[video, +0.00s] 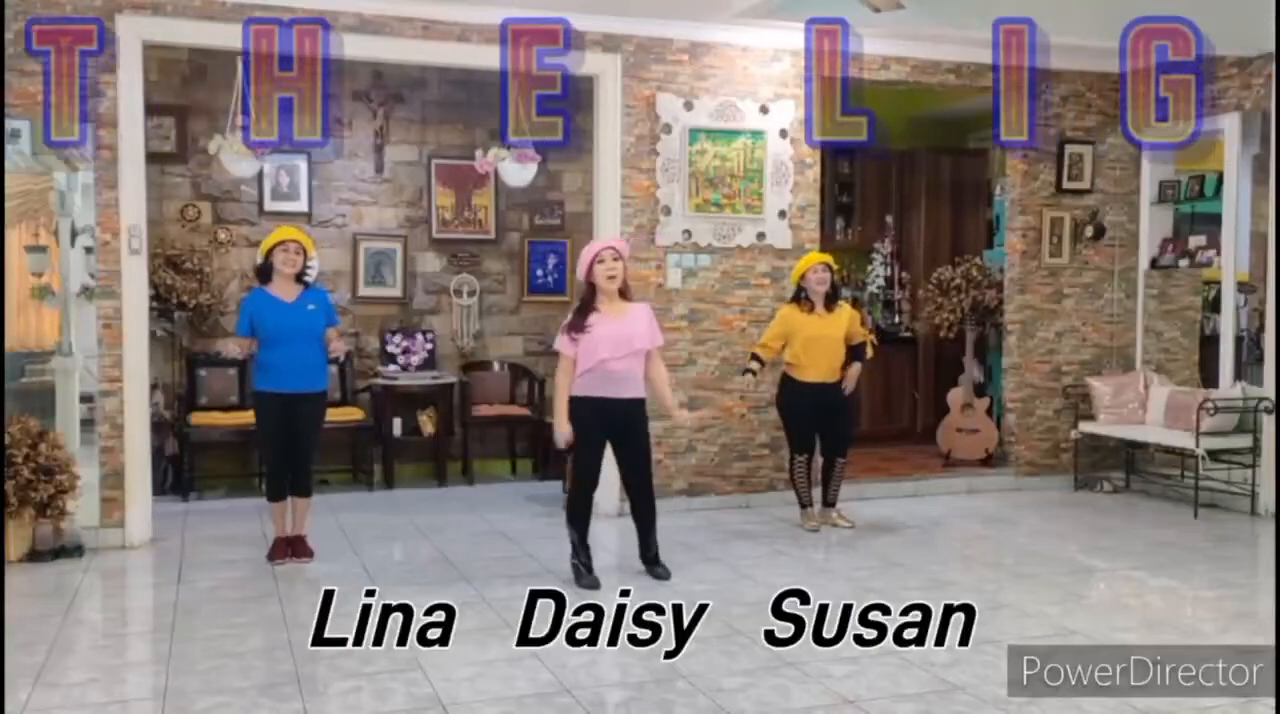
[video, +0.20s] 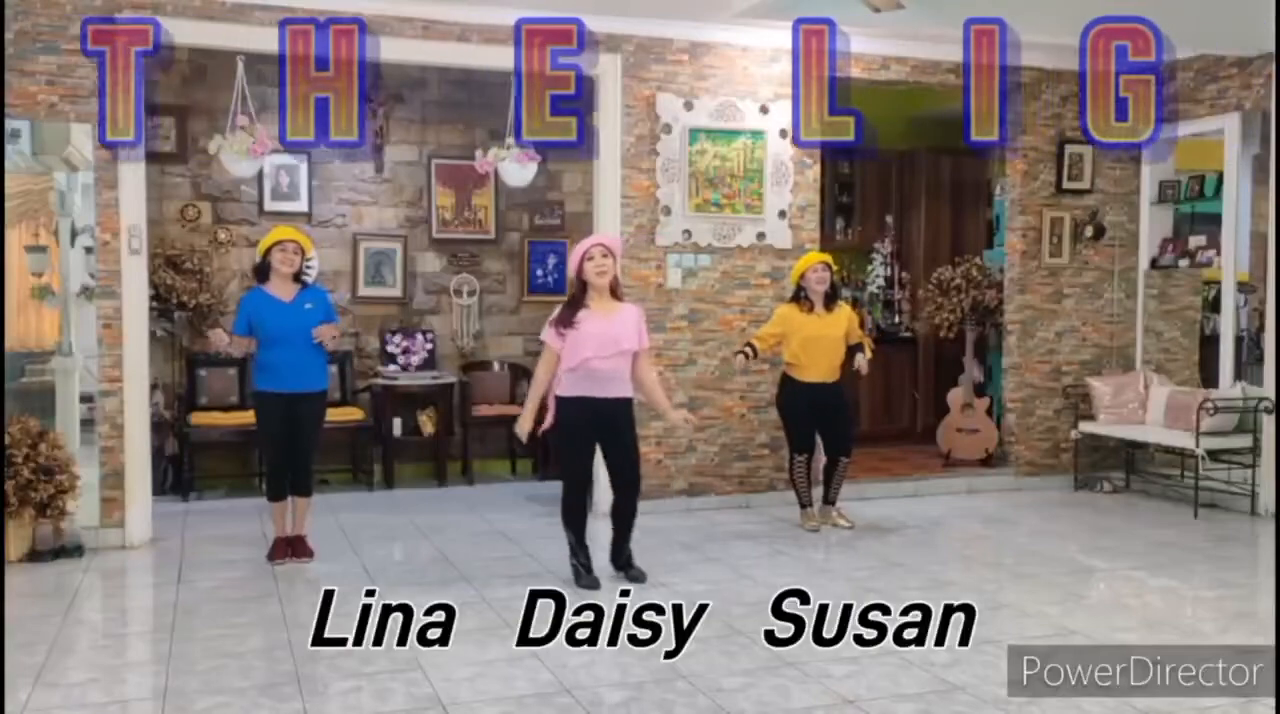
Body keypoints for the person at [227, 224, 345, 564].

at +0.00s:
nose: (291, 257)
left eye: (297, 252)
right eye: (284, 251)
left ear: (304, 261)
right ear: (271, 257)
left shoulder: (318, 297)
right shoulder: (254, 300)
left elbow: (333, 337)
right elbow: (248, 343)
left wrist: (337, 345)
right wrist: (236, 346)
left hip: (311, 390)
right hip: (270, 391)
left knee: (302, 461)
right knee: (275, 462)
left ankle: (298, 535)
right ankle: (280, 536)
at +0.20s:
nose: (288, 256)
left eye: (294, 252)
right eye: (282, 250)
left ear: (302, 260)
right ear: (268, 257)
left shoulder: (318, 297)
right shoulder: (252, 300)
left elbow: (336, 338)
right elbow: (245, 345)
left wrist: (331, 334)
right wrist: (227, 342)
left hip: (311, 391)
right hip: (270, 391)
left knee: (303, 461)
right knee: (275, 462)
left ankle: (299, 535)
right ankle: (281, 537)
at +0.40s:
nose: (286, 257)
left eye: (292, 252)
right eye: (279, 251)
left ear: (301, 260)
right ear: (266, 258)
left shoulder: (316, 296)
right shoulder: (251, 301)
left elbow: (334, 333)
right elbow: (244, 347)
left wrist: (326, 340)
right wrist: (225, 357)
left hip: (308, 392)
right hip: (268, 392)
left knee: (302, 461)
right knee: (275, 462)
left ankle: (299, 535)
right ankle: (281, 537)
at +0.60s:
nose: (285, 261)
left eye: (291, 256)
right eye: (278, 255)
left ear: (300, 263)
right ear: (265, 261)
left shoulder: (317, 298)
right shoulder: (251, 304)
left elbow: (334, 335)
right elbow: (245, 350)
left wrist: (332, 337)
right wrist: (227, 357)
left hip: (308, 394)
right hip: (267, 393)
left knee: (302, 463)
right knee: (273, 463)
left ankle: (300, 534)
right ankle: (280, 536)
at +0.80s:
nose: (291, 256)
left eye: (297, 251)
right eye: (285, 250)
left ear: (306, 259)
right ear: (270, 257)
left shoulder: (320, 297)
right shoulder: (254, 302)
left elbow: (331, 343)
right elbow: (244, 347)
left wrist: (344, 332)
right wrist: (223, 343)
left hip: (313, 392)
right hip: (269, 393)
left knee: (315, 460)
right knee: (274, 464)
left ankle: (320, 531)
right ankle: (281, 536)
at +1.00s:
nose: (304, 257)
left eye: (310, 252)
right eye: (297, 251)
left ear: (318, 260)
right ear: (283, 257)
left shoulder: (332, 298)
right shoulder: (267, 301)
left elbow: (344, 341)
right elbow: (256, 347)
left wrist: (355, 347)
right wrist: (231, 361)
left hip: (323, 395)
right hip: (280, 396)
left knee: (325, 463)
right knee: (278, 465)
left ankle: (337, 535)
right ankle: (281, 537)